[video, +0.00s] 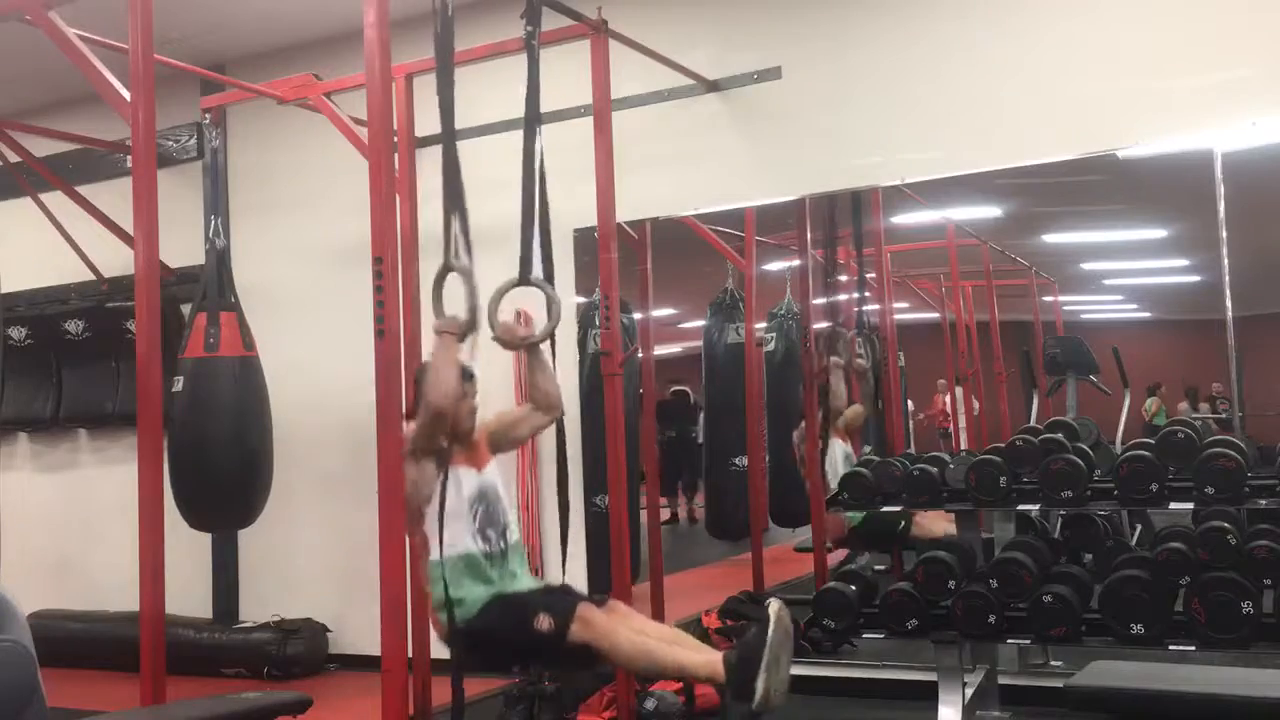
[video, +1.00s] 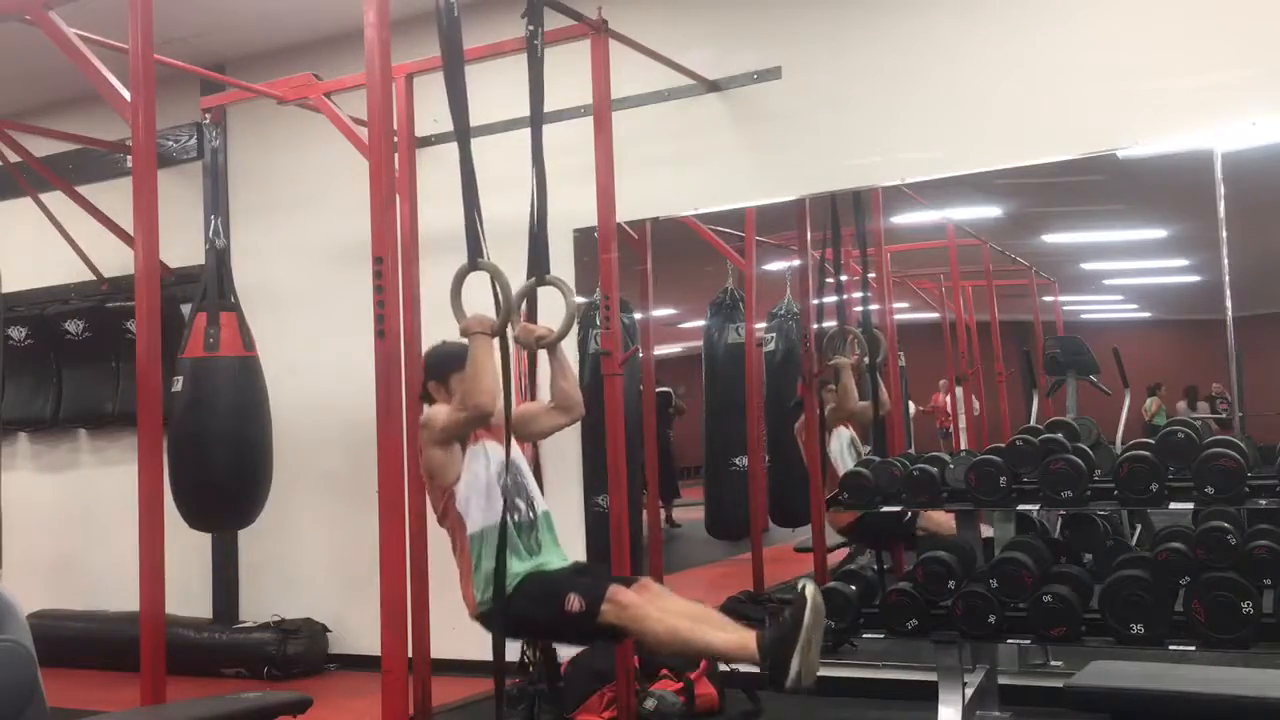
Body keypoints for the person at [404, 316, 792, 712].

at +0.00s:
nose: (468, 399)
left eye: (468, 389)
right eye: (458, 392)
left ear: (472, 394)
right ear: (431, 404)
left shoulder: (480, 443)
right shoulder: (421, 462)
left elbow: (546, 407)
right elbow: (436, 413)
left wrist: (530, 346)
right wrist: (448, 342)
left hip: (518, 593)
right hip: (470, 614)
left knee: (613, 611)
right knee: (589, 622)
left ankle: (731, 667)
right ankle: (726, 672)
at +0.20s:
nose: (488, 430)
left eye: (490, 420)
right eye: (476, 421)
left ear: (493, 422)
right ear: (443, 430)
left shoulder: (499, 462)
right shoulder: (436, 472)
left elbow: (556, 409)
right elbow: (482, 407)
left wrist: (538, 343)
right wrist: (476, 334)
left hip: (528, 620)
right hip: (477, 639)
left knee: (622, 648)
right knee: (594, 656)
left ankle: (738, 694)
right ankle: (733, 701)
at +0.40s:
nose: (501, 429)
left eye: (504, 417)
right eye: (489, 419)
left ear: (506, 421)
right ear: (460, 428)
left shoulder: (516, 462)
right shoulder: (453, 472)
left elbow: (571, 409)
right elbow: (495, 407)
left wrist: (554, 341)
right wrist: (489, 333)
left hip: (538, 624)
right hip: (488, 642)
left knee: (629, 659)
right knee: (604, 672)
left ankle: (744, 710)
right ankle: (737, 715)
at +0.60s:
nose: (500, 429)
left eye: (500, 420)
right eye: (488, 421)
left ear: (503, 424)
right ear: (460, 430)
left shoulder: (516, 461)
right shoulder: (455, 470)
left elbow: (572, 409)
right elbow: (496, 406)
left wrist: (553, 343)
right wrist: (487, 333)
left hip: (545, 622)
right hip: (499, 642)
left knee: (639, 655)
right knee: (616, 673)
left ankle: (757, 708)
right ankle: (748, 716)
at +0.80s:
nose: (489, 419)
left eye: (488, 410)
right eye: (477, 412)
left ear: (483, 413)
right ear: (450, 420)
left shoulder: (510, 450)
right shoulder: (448, 458)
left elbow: (570, 409)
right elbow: (492, 406)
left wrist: (552, 345)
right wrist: (488, 335)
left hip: (552, 604)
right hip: (506, 625)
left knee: (647, 634)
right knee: (622, 646)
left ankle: (765, 689)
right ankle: (761, 698)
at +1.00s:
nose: (473, 388)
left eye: (472, 379)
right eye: (460, 380)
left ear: (469, 383)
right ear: (436, 391)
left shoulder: (499, 425)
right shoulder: (432, 428)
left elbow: (568, 406)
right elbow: (480, 405)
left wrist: (552, 344)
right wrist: (480, 338)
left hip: (550, 569)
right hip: (504, 589)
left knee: (648, 590)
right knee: (622, 605)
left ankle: (768, 644)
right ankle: (764, 653)